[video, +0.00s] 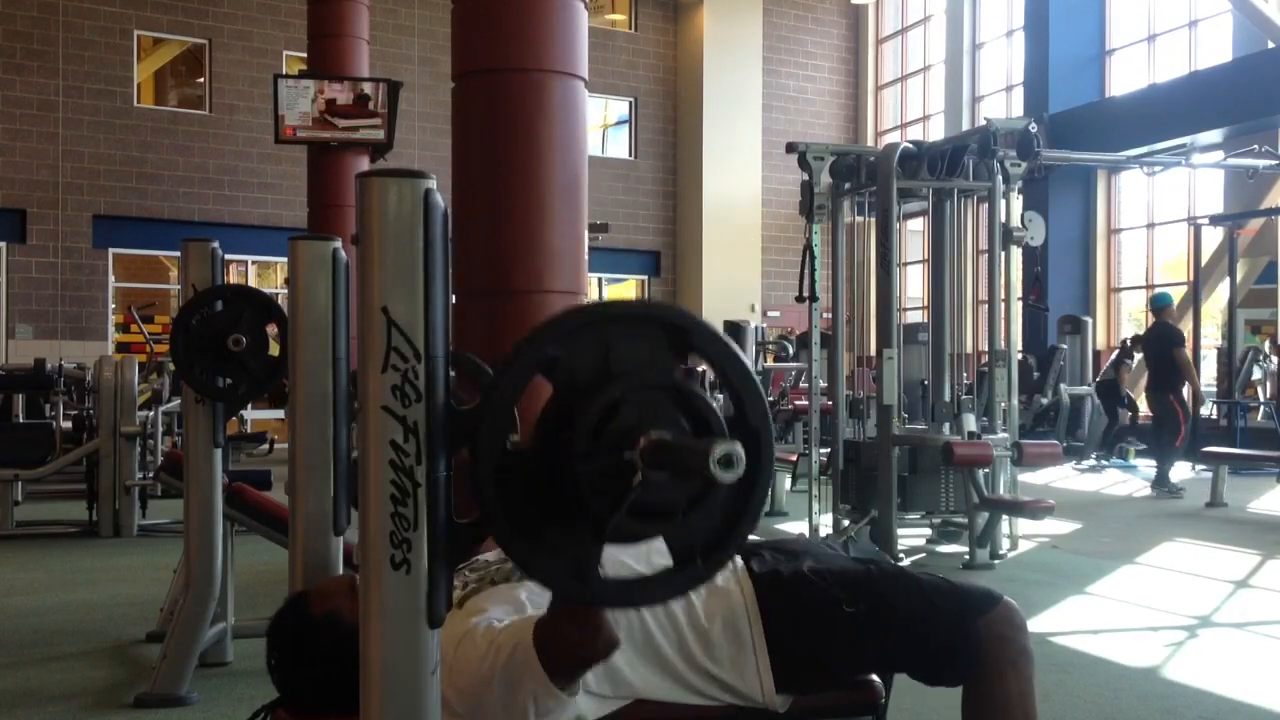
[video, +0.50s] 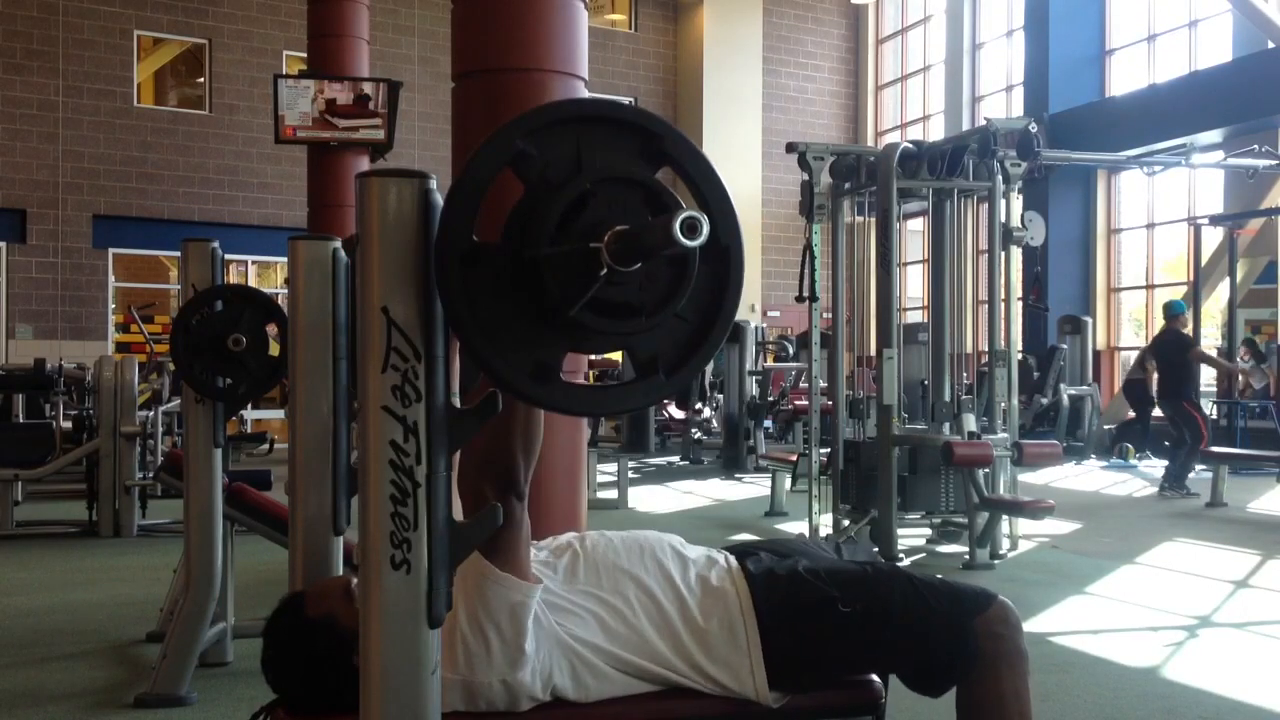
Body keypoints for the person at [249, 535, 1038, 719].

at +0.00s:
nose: (368, 583)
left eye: (355, 584)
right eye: (352, 598)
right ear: (357, 645)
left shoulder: (455, 625)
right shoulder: (450, 673)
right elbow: (575, 644)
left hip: (707, 590)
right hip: (732, 609)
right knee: (989, 625)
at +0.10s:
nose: (369, 578)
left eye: (356, 579)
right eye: (352, 594)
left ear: (372, 620)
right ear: (358, 648)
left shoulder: (450, 614)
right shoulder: (459, 676)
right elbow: (572, 606)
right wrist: (551, 479)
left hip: (731, 585)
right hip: (745, 610)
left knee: (855, 698)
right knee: (988, 624)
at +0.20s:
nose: (368, 571)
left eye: (353, 571)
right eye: (352, 589)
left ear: (343, 674)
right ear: (356, 655)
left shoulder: (443, 635)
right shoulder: (474, 684)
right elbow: (556, 562)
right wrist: (536, 429)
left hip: (734, 601)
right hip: (759, 609)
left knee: (855, 693)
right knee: (990, 624)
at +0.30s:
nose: (361, 570)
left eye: (345, 570)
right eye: (346, 587)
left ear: (345, 664)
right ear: (358, 645)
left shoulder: (457, 653)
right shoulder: (476, 678)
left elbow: (545, 524)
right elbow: (540, 526)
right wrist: (523, 355)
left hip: (731, 587)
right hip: (760, 613)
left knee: (858, 686)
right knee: (991, 624)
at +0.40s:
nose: (361, 571)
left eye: (344, 572)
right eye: (347, 588)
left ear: (345, 658)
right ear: (359, 643)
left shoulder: (445, 640)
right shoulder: (474, 669)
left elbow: (493, 496)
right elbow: (512, 506)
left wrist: (504, 361)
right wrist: (520, 328)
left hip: (725, 581)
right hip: (753, 614)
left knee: (859, 686)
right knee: (990, 624)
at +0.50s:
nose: (358, 578)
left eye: (340, 581)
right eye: (342, 594)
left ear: (349, 647)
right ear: (356, 642)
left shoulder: (454, 637)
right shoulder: (474, 664)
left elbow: (493, 494)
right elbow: (509, 485)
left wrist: (504, 346)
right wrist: (527, 323)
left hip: (716, 582)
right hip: (742, 617)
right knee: (988, 623)